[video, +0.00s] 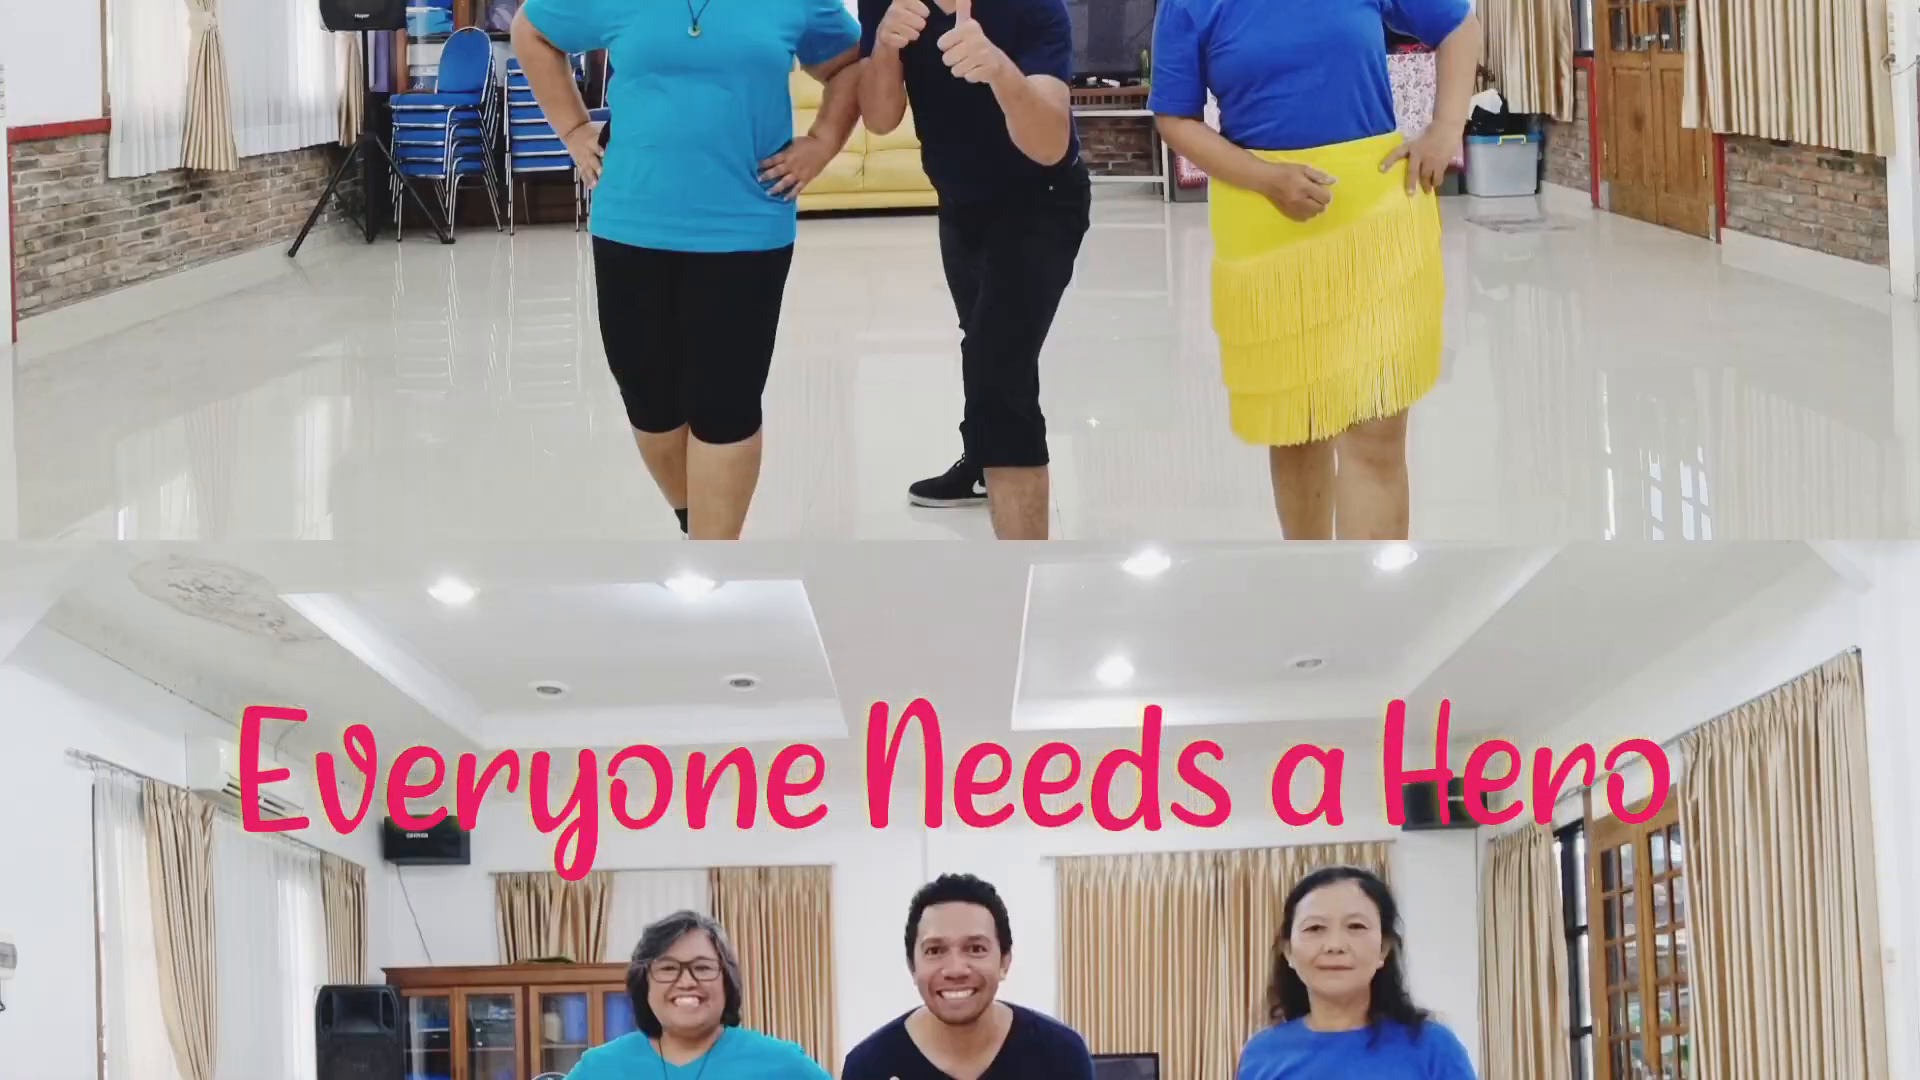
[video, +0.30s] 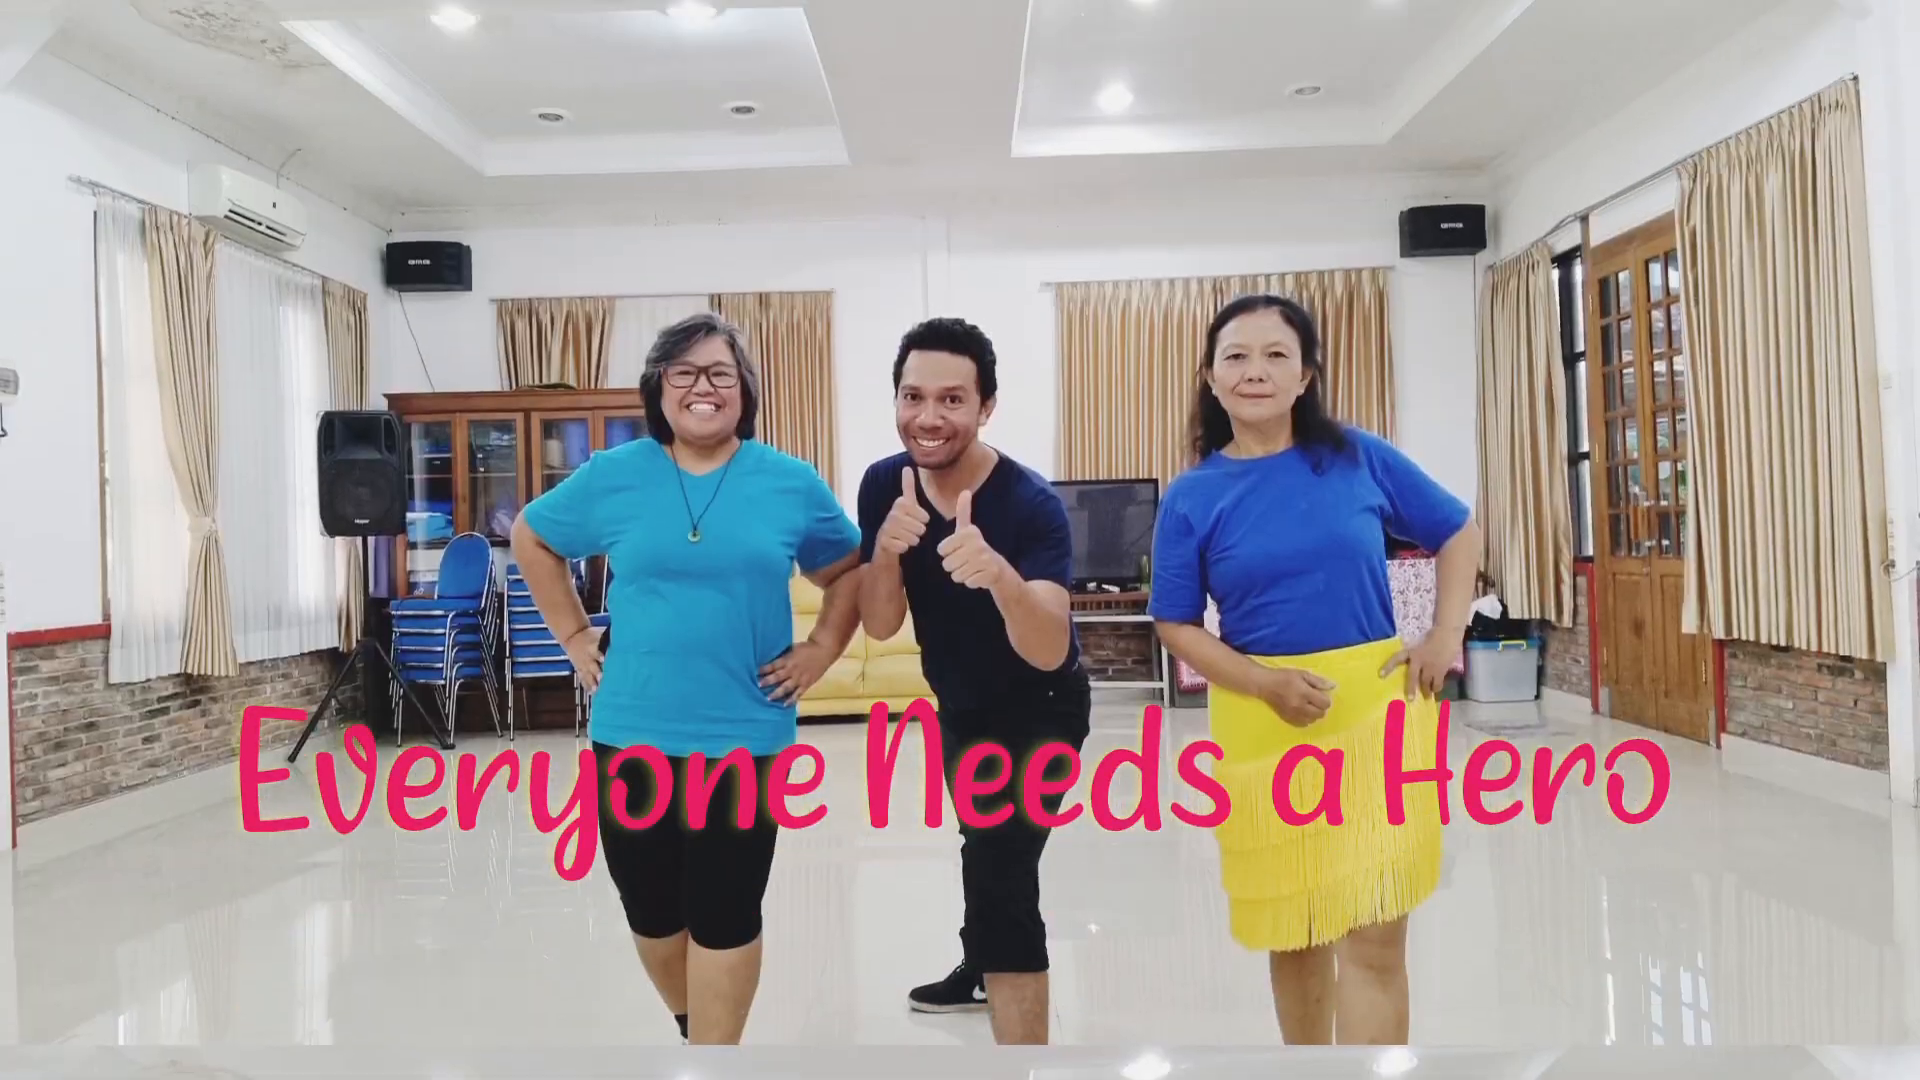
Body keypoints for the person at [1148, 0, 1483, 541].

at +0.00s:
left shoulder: (1369, 2)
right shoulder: (1190, 5)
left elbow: (1460, 24)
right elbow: (1174, 119)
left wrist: (1446, 126)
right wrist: (1266, 176)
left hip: (1377, 211)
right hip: (1266, 224)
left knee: (1379, 433)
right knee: (1297, 439)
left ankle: (1380, 613)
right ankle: (1312, 614)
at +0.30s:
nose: (1254, 371)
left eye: (1276, 356)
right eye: (1235, 356)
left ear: (1306, 373)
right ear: (1212, 376)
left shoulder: (1359, 457)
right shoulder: (1192, 495)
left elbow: (1460, 531)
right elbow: (1172, 624)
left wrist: (1446, 632)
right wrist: (1263, 680)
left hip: (1377, 712)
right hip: (1263, 725)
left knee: (1376, 940)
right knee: (1296, 942)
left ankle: (1381, 1077)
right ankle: (1310, 1076)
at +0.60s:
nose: (1254, 405)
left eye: (1276, 390)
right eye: (1234, 391)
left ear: (1305, 407)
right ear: (1212, 410)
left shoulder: (1359, 491)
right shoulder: (1192, 530)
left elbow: (1460, 565)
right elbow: (1172, 661)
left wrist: (1447, 667)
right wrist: (1261, 712)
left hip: (1376, 758)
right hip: (1266, 771)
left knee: (1376, 976)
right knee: (1296, 979)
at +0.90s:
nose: (1254, 405)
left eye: (1276, 390)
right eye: (1235, 391)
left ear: (1305, 407)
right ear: (1212, 410)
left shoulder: (1359, 491)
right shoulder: (1192, 531)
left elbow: (1460, 566)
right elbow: (1172, 661)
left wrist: (1447, 667)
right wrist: (1261, 712)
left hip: (1378, 757)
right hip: (1267, 771)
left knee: (1377, 975)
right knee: (1296, 979)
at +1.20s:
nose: (1254, 405)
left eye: (1276, 390)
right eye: (1235, 391)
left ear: (1305, 408)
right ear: (1212, 410)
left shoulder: (1359, 491)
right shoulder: (1192, 530)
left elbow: (1460, 565)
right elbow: (1172, 661)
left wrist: (1447, 667)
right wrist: (1261, 713)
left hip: (1377, 758)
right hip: (1266, 771)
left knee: (1376, 977)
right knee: (1296, 979)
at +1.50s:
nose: (1254, 405)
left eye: (1276, 390)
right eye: (1234, 391)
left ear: (1305, 408)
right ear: (1212, 410)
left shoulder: (1359, 491)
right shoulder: (1192, 530)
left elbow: (1460, 565)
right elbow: (1172, 661)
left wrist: (1447, 667)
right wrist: (1261, 713)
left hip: (1377, 758)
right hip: (1267, 770)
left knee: (1376, 976)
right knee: (1296, 978)